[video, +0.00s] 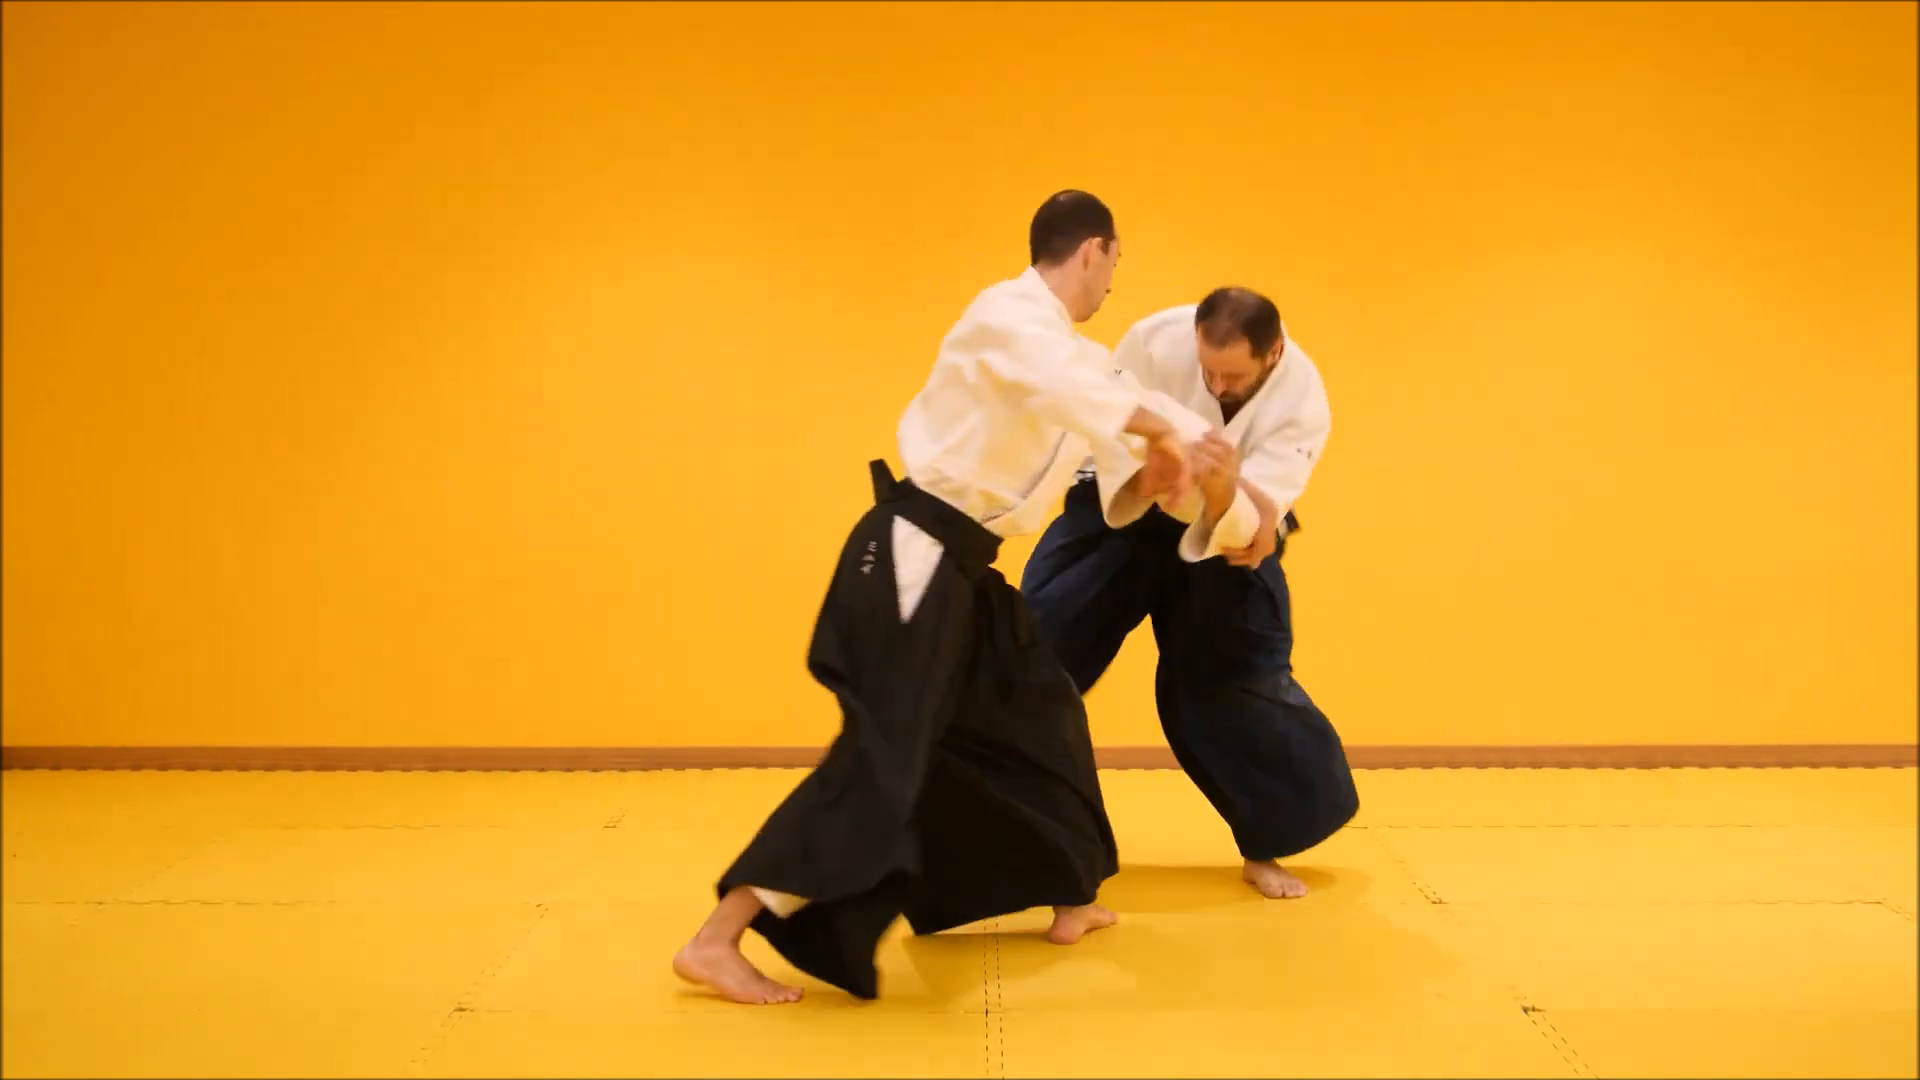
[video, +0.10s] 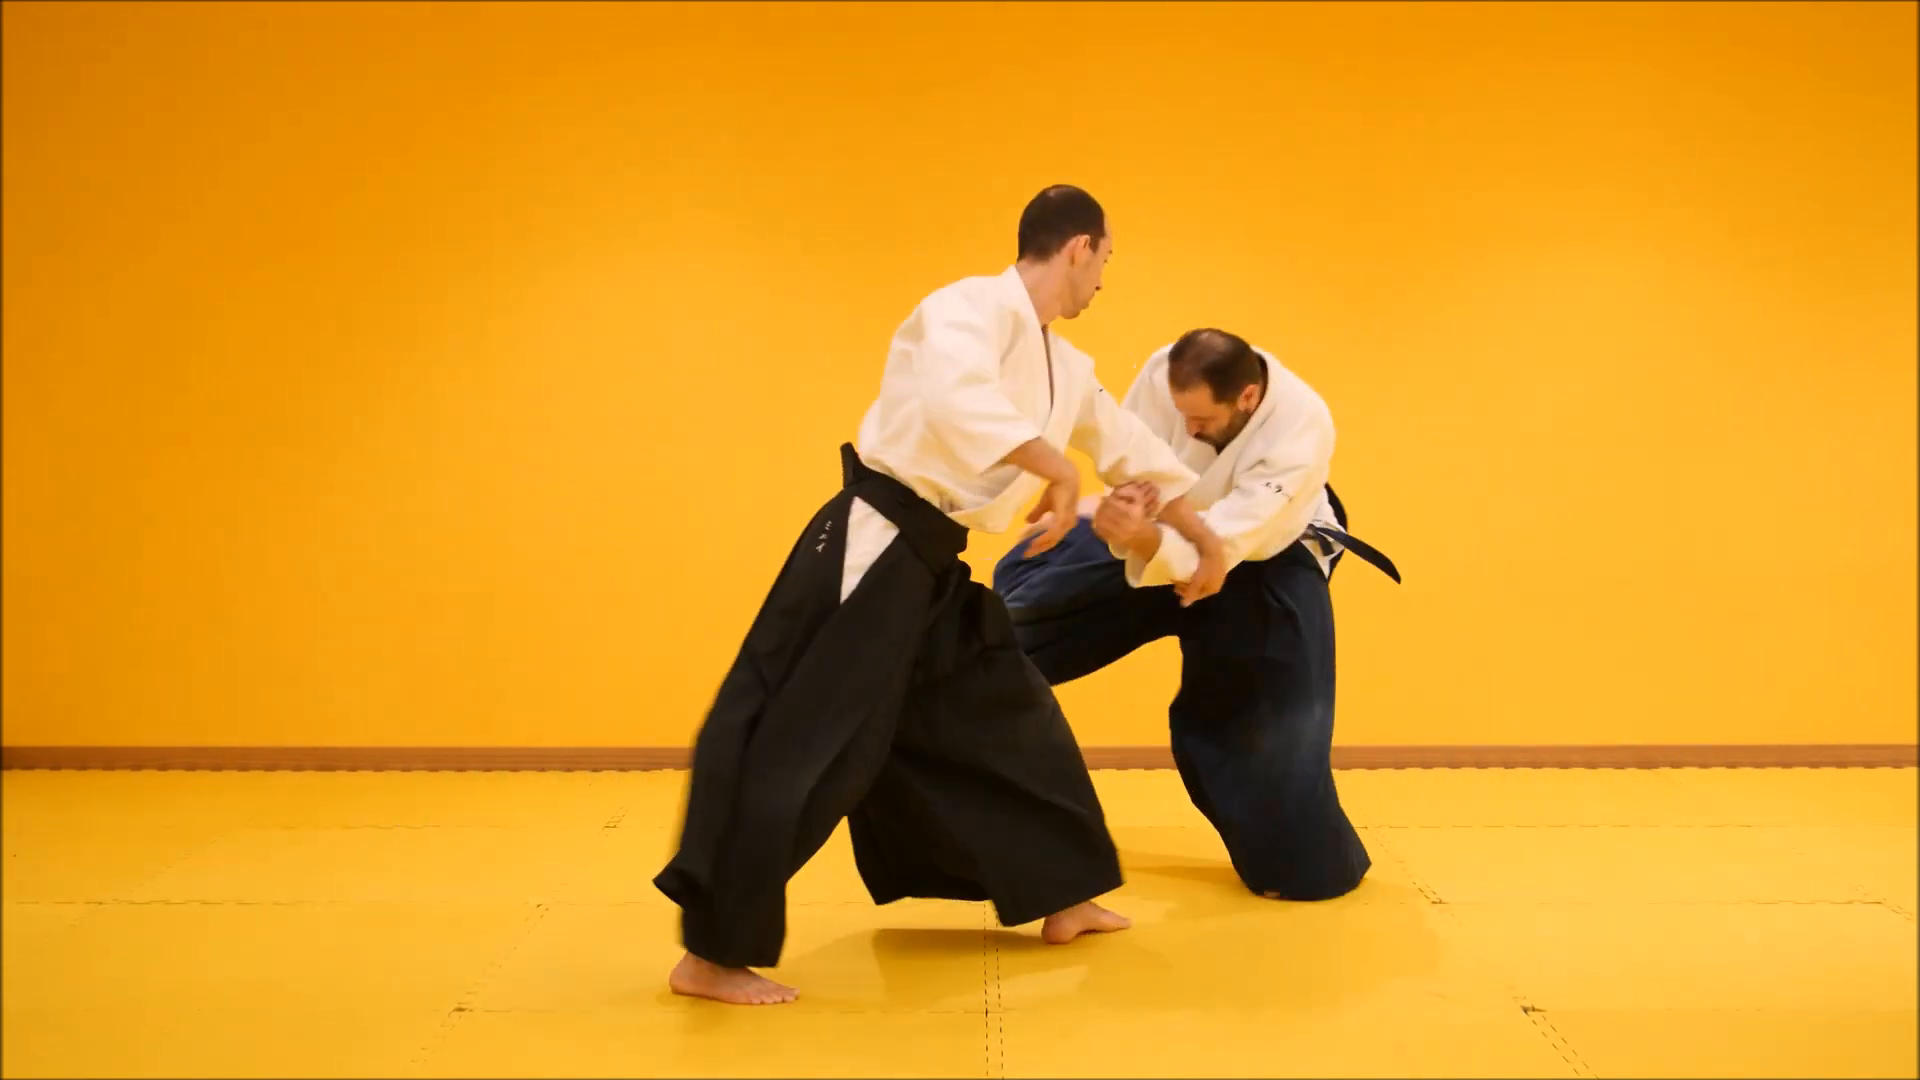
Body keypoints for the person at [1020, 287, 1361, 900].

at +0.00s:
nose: (1217, 386)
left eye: (1233, 376)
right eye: (1208, 370)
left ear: (1270, 356)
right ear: (1197, 340)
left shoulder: (1302, 400)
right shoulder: (1154, 344)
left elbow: (1251, 537)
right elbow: (1106, 435)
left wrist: (1222, 490)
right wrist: (1157, 470)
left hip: (1222, 543)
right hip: (1119, 514)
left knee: (1249, 685)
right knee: (1038, 653)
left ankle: (1261, 851)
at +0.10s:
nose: (1190, 428)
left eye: (1204, 421)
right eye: (1183, 414)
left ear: (1249, 397)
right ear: (1172, 379)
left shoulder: (1301, 425)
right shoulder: (1163, 375)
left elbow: (1245, 526)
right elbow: (1127, 460)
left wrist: (1150, 543)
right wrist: (1124, 508)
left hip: (1262, 557)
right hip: (1157, 535)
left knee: (1279, 694)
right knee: (1016, 623)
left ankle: (1297, 856)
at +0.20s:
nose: (1158, 444)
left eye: (1169, 434)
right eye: (1151, 428)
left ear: (1215, 415)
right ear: (1144, 402)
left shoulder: (1281, 437)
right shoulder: (1157, 399)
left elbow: (1214, 542)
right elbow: (1127, 494)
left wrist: (1080, 550)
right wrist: (1083, 524)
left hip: (1293, 561)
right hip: (1215, 555)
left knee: (1291, 705)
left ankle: (1285, 862)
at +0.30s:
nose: (1126, 437)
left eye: (1136, 427)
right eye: (1120, 424)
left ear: (1180, 409)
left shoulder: (1247, 448)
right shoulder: (1164, 379)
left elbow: (1170, 565)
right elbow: (1126, 461)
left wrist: (1051, 570)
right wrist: (1087, 514)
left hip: (1320, 543)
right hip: (1253, 529)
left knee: (1273, 690)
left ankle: (1276, 859)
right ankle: (1440, 652)